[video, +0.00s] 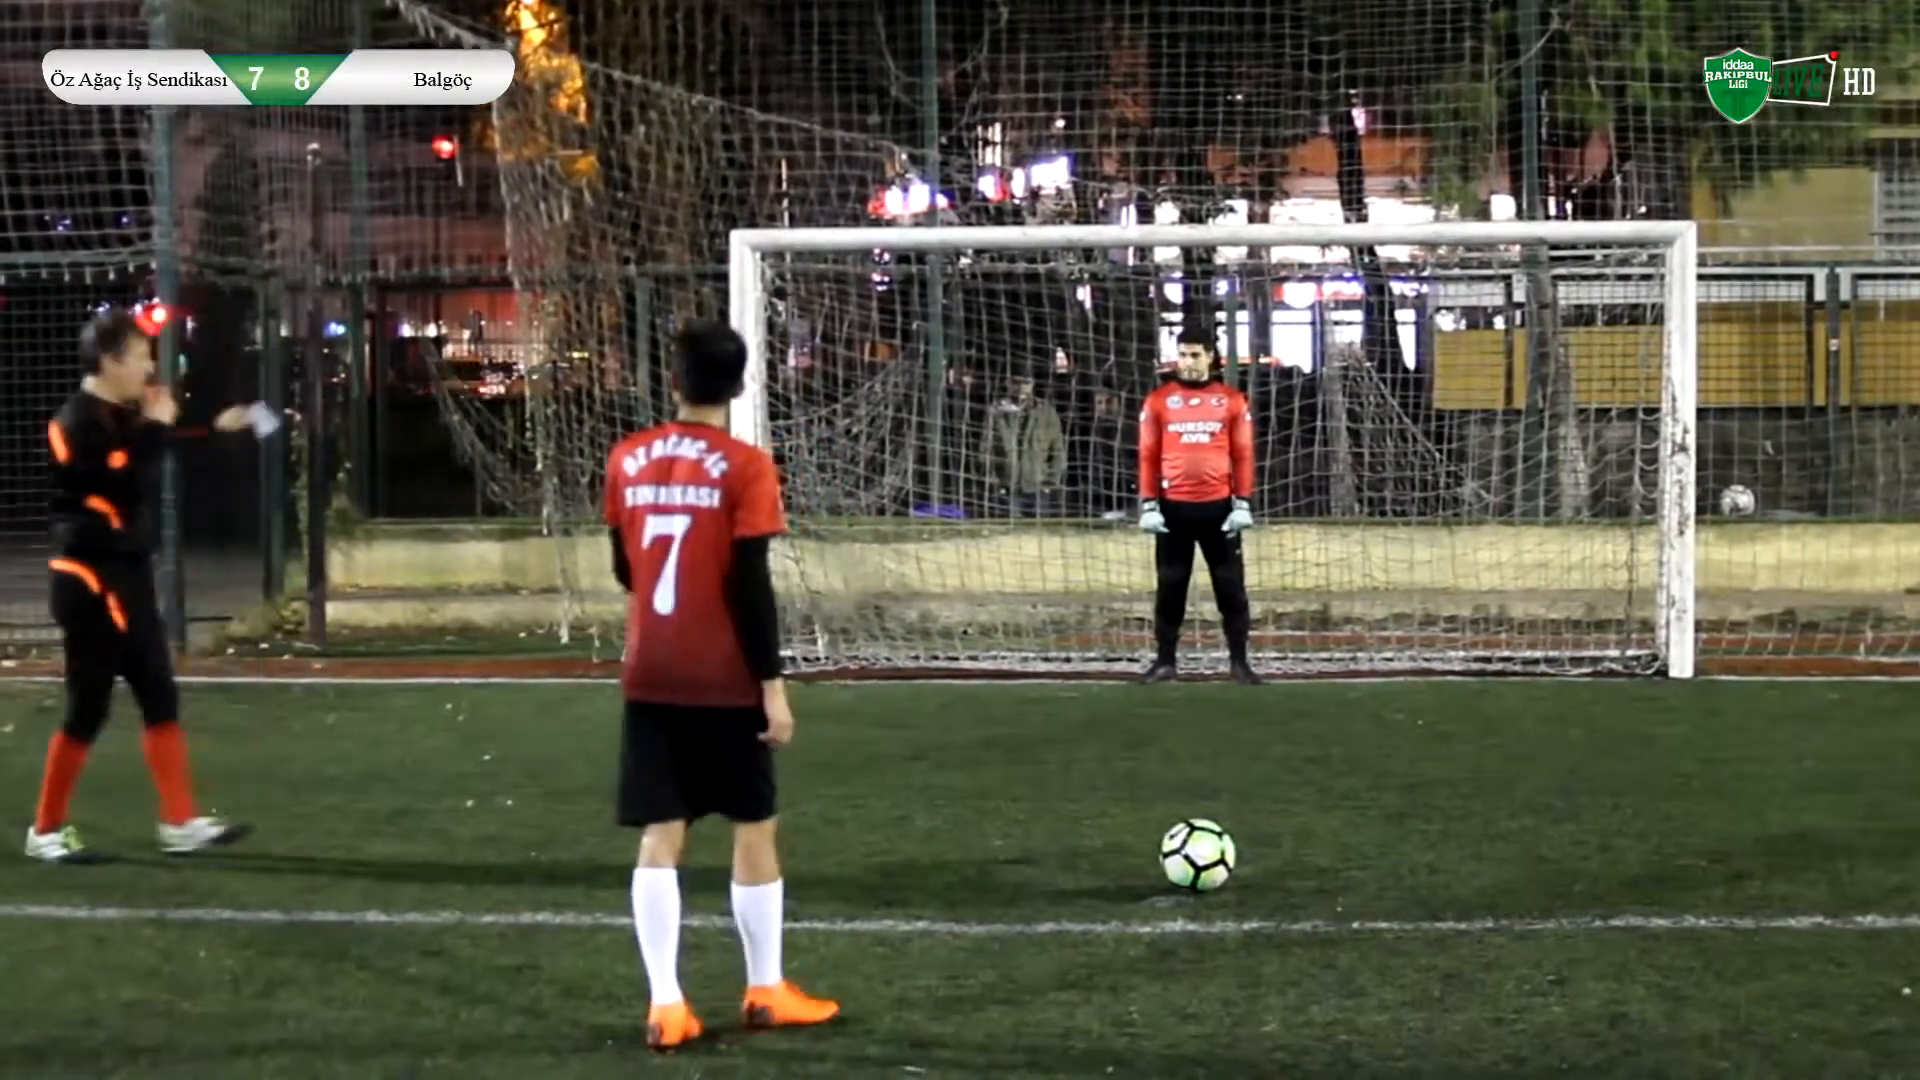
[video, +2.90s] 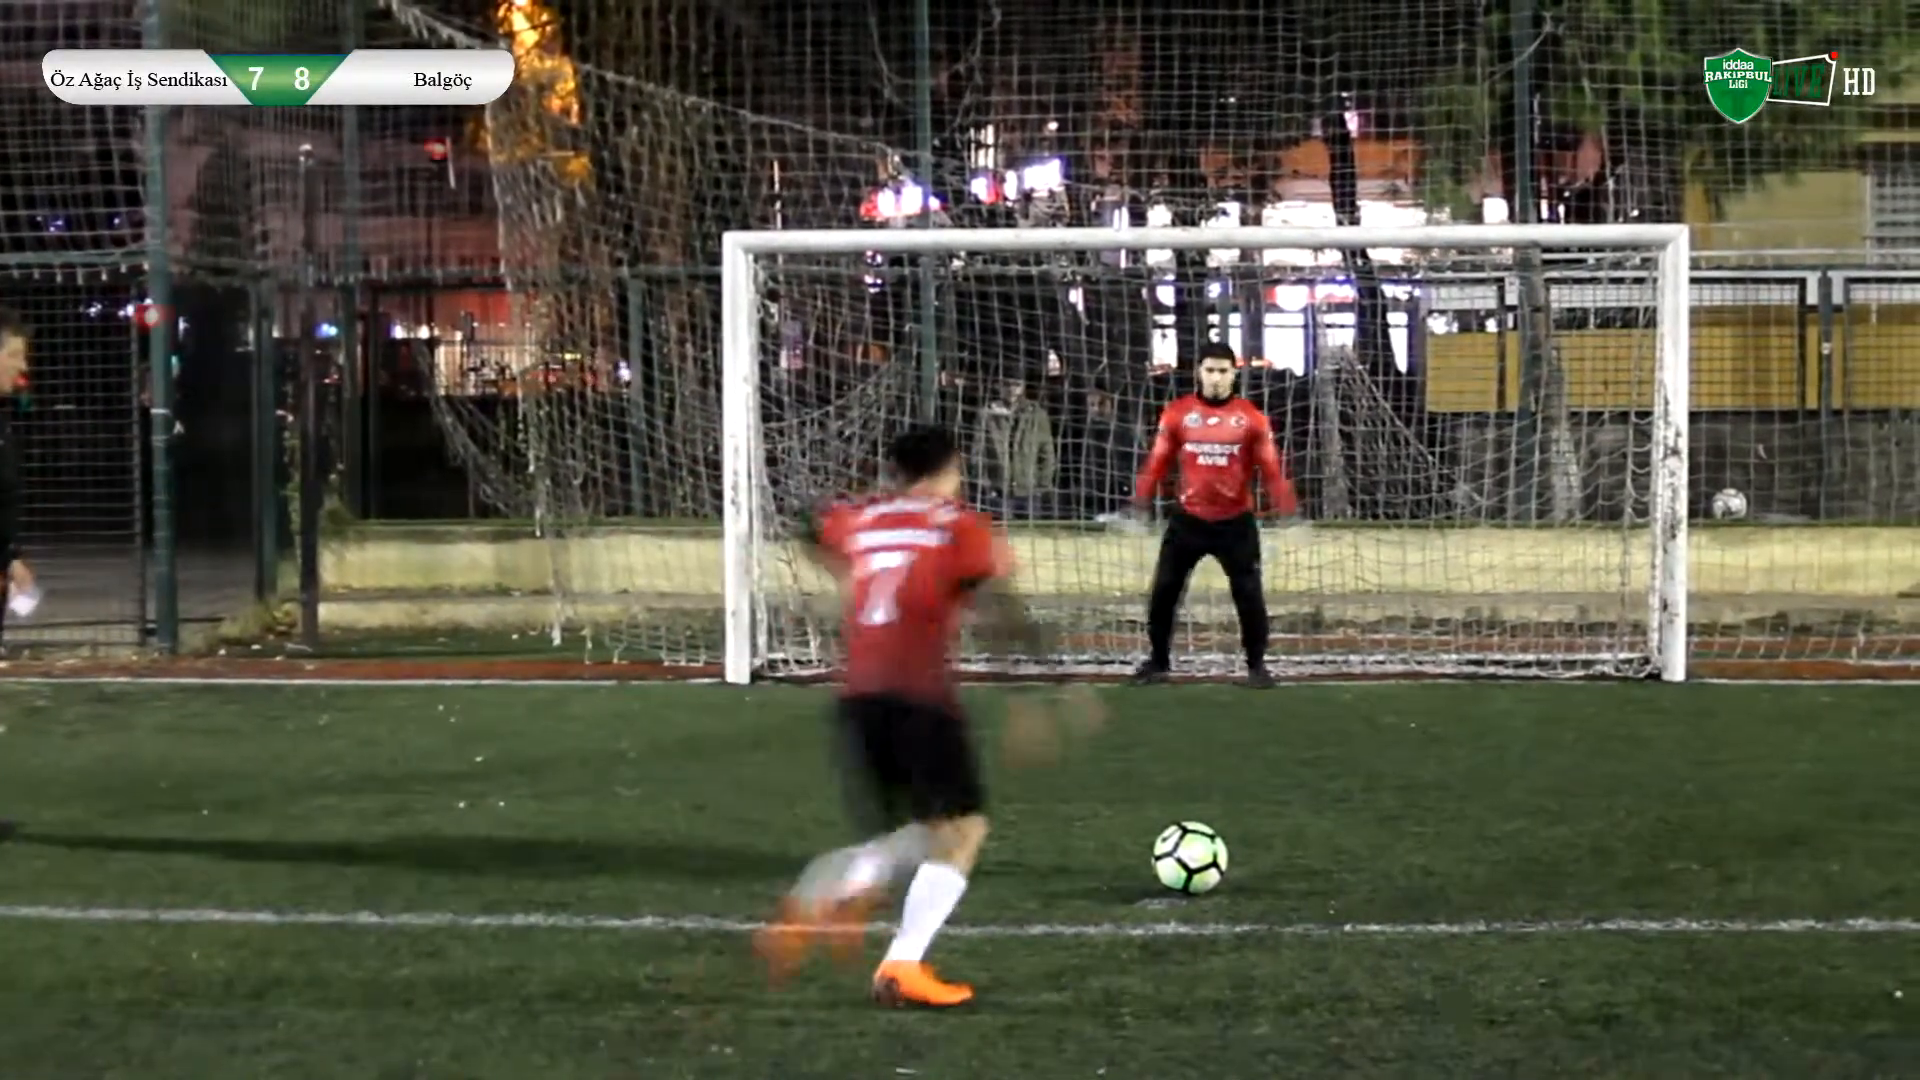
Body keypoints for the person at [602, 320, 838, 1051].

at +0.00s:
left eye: (697, 371)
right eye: (735, 379)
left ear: (677, 380)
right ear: (740, 385)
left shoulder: (628, 457)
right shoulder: (749, 465)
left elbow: (628, 571)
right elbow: (750, 582)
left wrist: (692, 592)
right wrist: (771, 680)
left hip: (650, 678)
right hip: (728, 679)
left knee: (661, 830)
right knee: (756, 825)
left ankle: (665, 1001)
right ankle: (768, 986)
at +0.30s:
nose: (729, 387)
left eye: (691, 372)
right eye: (738, 378)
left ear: (677, 380)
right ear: (741, 385)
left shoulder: (627, 459)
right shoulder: (747, 464)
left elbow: (617, 576)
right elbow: (752, 574)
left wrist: (611, 659)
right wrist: (776, 674)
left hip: (648, 677)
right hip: (727, 679)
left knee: (660, 828)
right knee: (751, 826)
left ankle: (663, 999)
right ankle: (764, 986)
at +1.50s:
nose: (799, 415)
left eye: (797, 403)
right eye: (798, 404)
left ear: (735, 396)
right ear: (785, 406)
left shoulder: (666, 462)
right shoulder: (781, 473)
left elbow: (641, 577)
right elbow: (772, 578)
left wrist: (693, 625)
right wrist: (788, 679)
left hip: (655, 670)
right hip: (732, 675)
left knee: (663, 828)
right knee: (757, 826)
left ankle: (663, 1002)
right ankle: (765, 987)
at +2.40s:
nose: (863, 462)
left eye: (861, 451)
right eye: (863, 451)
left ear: (802, 447)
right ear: (852, 450)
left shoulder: (747, 503)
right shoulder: (843, 500)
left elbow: (713, 604)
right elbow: (818, 573)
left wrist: (740, 667)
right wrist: (812, 677)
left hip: (720, 690)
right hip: (789, 689)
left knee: (699, 833)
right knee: (863, 792)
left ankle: (666, 999)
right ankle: (868, 953)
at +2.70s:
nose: (926, 490)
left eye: (923, 481)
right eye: (924, 480)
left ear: (866, 475)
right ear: (912, 478)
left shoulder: (819, 523)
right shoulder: (915, 528)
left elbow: (798, 614)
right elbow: (910, 602)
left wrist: (812, 667)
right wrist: (900, 672)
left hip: (802, 697)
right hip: (870, 698)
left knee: (784, 832)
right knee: (933, 814)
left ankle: (707, 961)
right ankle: (897, 963)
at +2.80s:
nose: (944, 489)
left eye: (942, 480)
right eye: (942, 480)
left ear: (883, 480)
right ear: (932, 481)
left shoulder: (850, 522)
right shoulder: (940, 526)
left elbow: (813, 567)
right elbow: (946, 593)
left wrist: (864, 606)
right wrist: (968, 686)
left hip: (830, 697)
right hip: (896, 698)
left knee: (834, 846)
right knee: (950, 822)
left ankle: (747, 934)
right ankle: (900, 965)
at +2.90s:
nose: (960, 480)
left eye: (958, 470)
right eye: (957, 470)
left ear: (899, 471)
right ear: (949, 472)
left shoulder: (860, 518)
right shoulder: (960, 525)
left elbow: (821, 538)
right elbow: (1006, 607)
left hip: (860, 695)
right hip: (919, 696)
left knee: (920, 827)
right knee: (964, 826)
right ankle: (905, 960)